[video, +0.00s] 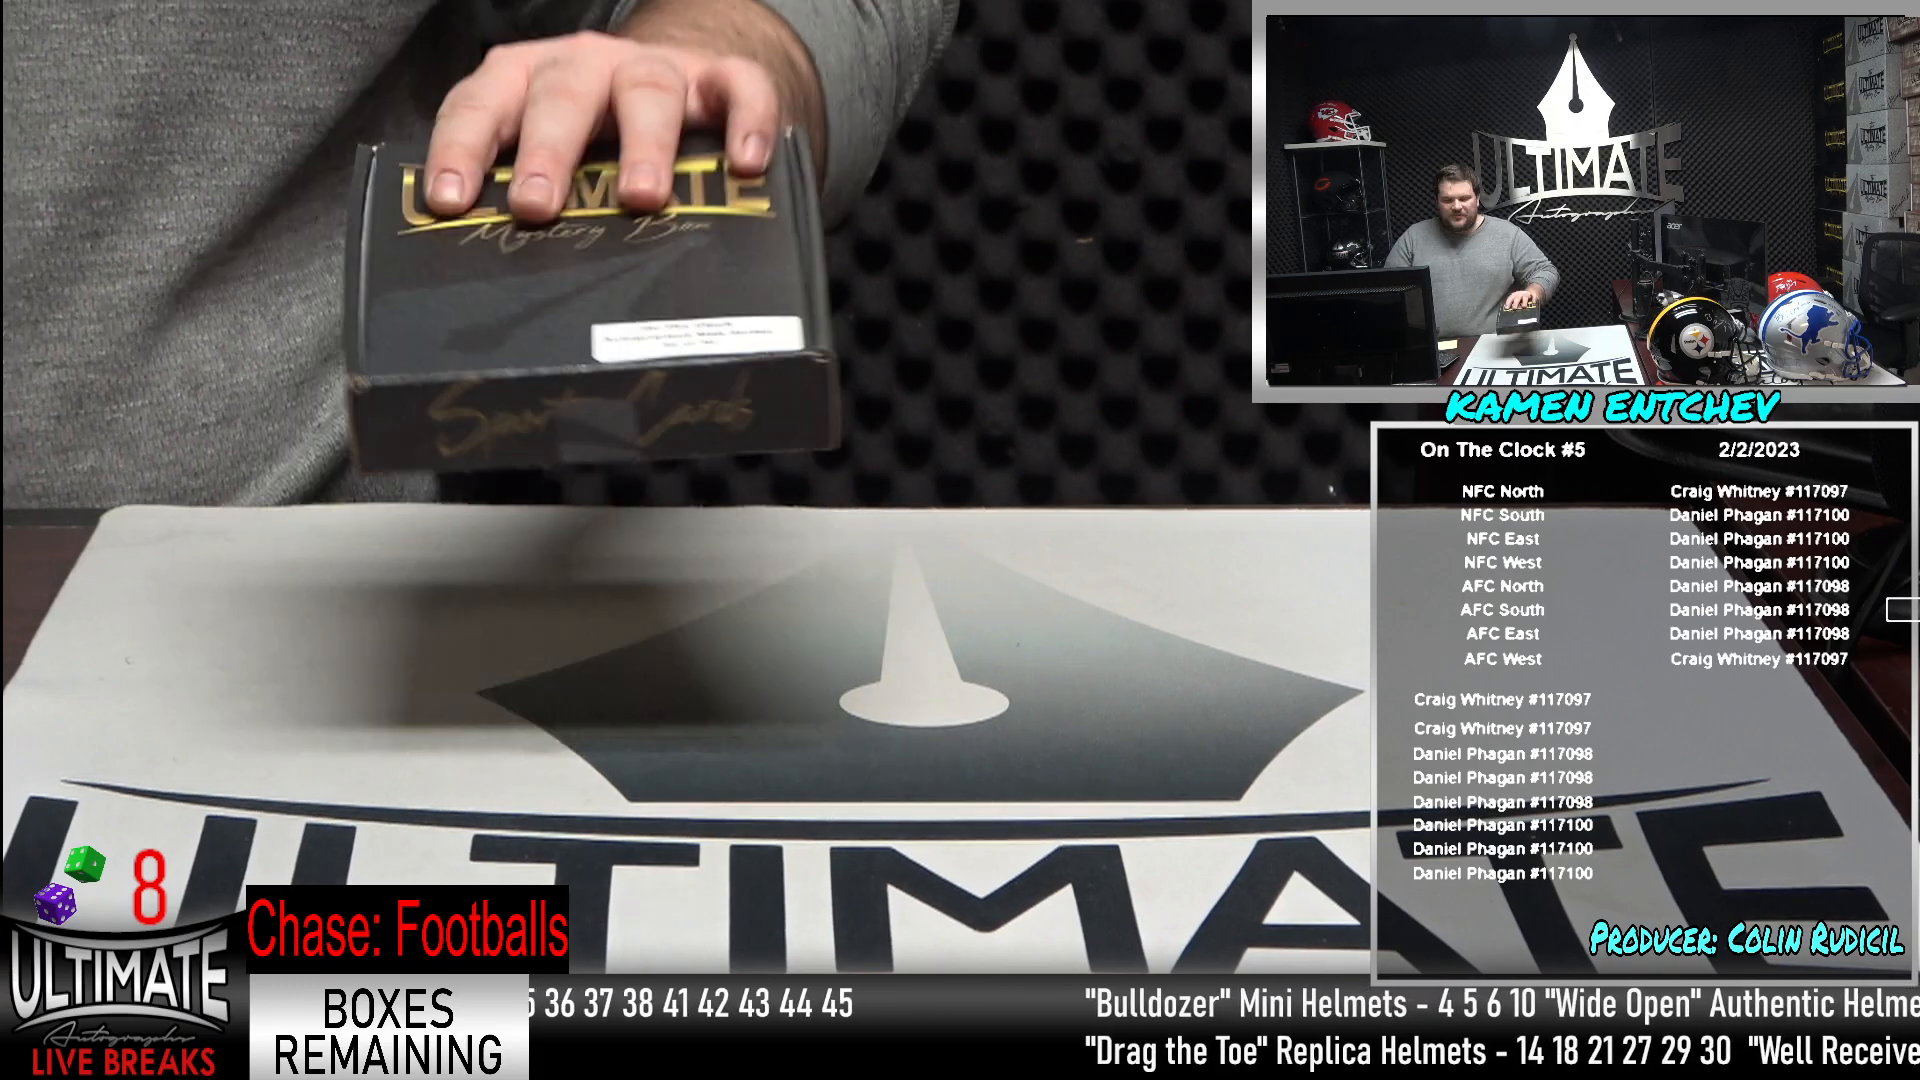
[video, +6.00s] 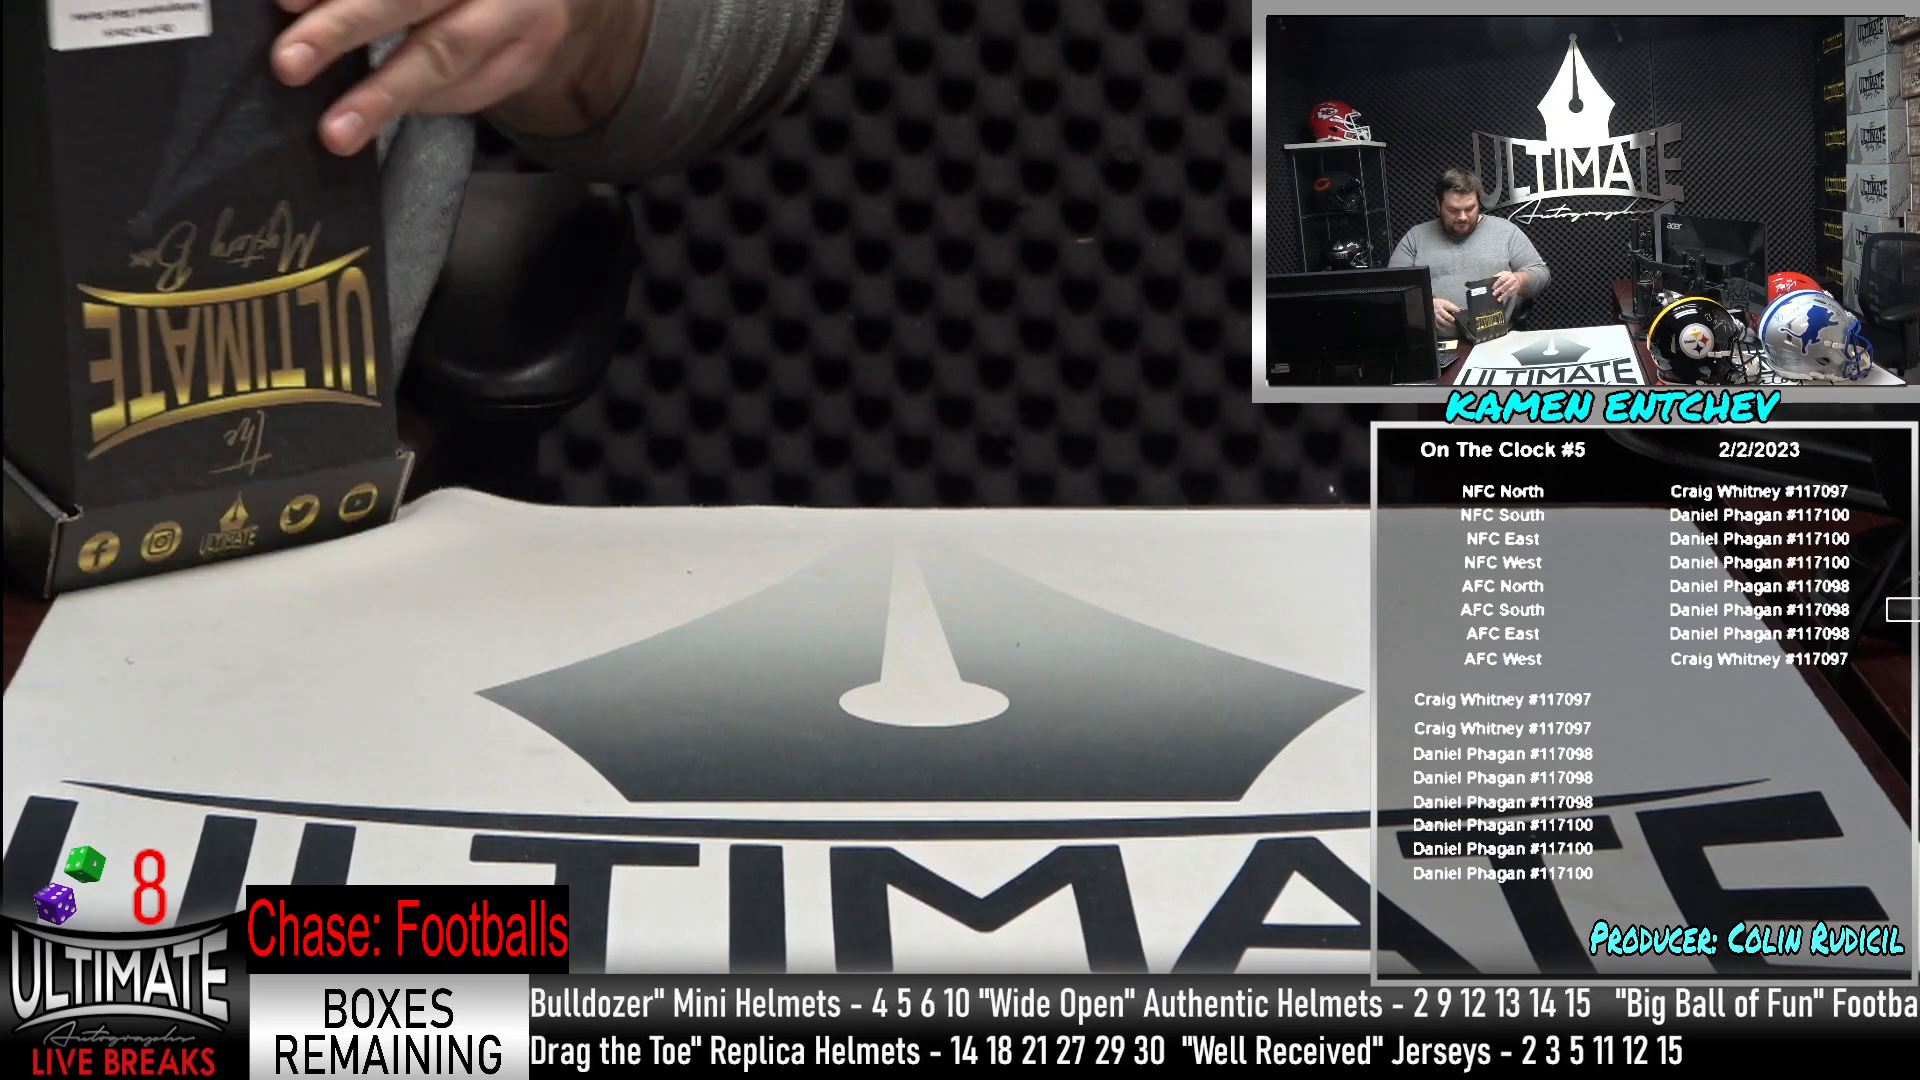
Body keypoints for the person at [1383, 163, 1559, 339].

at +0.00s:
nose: (1457, 207)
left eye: (1464, 198)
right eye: (1448, 200)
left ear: (1477, 199)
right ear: (1437, 201)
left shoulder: (1508, 235)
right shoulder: (1415, 237)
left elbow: (1544, 270)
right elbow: (1388, 287)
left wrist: (1533, 291)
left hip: (1496, 352)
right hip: (1432, 355)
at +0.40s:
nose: (1451, 203)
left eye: (1459, 195)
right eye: (1443, 197)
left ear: (1475, 198)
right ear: (1434, 200)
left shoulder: (1501, 232)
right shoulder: (1414, 237)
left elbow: (1522, 267)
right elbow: (1388, 284)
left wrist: (1522, 292)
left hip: (1489, 346)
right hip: (1428, 349)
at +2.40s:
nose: (1464, 210)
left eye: (1470, 201)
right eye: (1455, 203)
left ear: (1479, 198)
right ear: (1438, 204)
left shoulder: (1510, 234)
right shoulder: (1415, 238)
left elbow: (1545, 266)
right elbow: (1389, 288)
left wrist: (1543, 292)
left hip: (1499, 353)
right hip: (1434, 356)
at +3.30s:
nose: (1459, 206)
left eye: (1465, 197)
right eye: (1450, 200)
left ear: (1475, 197)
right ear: (1436, 202)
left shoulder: (1506, 231)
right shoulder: (1416, 237)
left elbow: (1536, 272)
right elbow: (1394, 287)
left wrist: (1520, 301)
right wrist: (1419, 311)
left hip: (1497, 349)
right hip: (1436, 354)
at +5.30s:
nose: (1457, 216)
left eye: (1464, 207)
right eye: (1449, 209)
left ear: (1475, 201)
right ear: (1436, 205)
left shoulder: (1505, 232)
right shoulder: (1416, 238)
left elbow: (1538, 272)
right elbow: (1392, 289)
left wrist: (1511, 294)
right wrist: (1430, 301)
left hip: (1500, 348)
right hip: (1436, 354)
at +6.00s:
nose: (1463, 218)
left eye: (1469, 209)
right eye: (1454, 210)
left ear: (1478, 203)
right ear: (1439, 206)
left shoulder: (1506, 232)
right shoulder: (1416, 238)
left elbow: (1540, 272)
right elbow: (1391, 288)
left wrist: (1520, 281)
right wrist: (1425, 304)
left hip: (1499, 347)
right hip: (1434, 352)